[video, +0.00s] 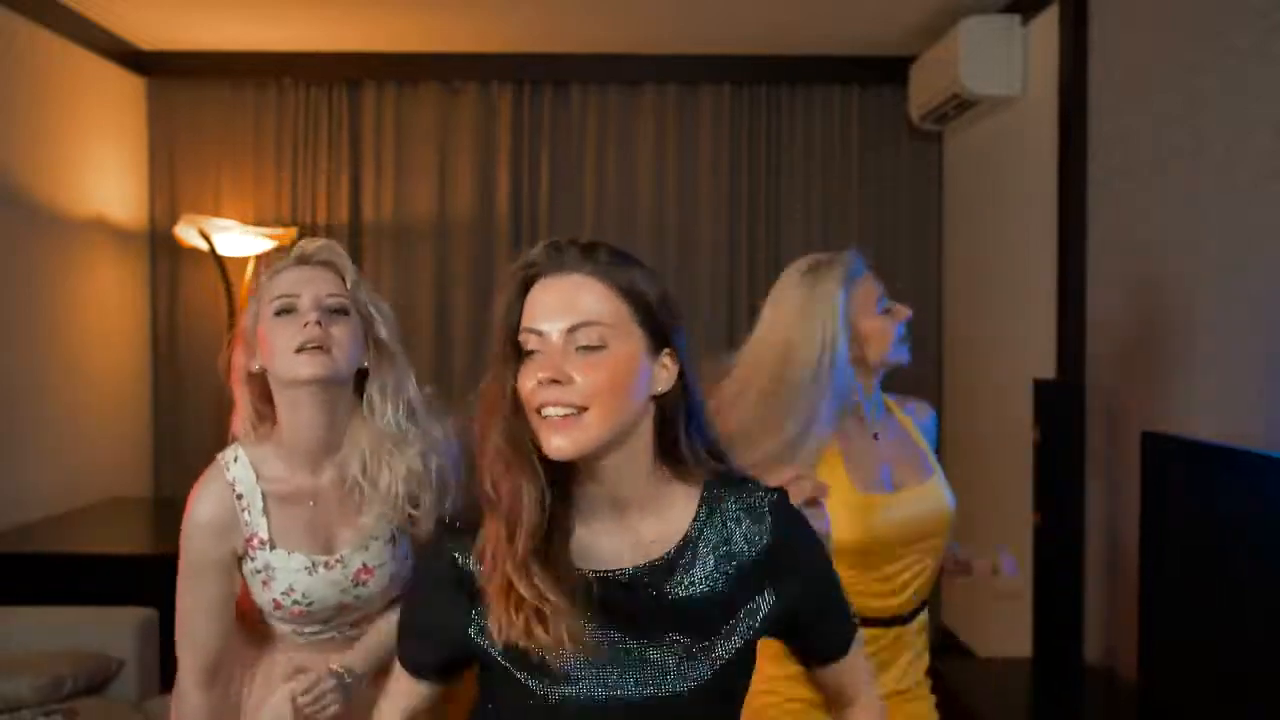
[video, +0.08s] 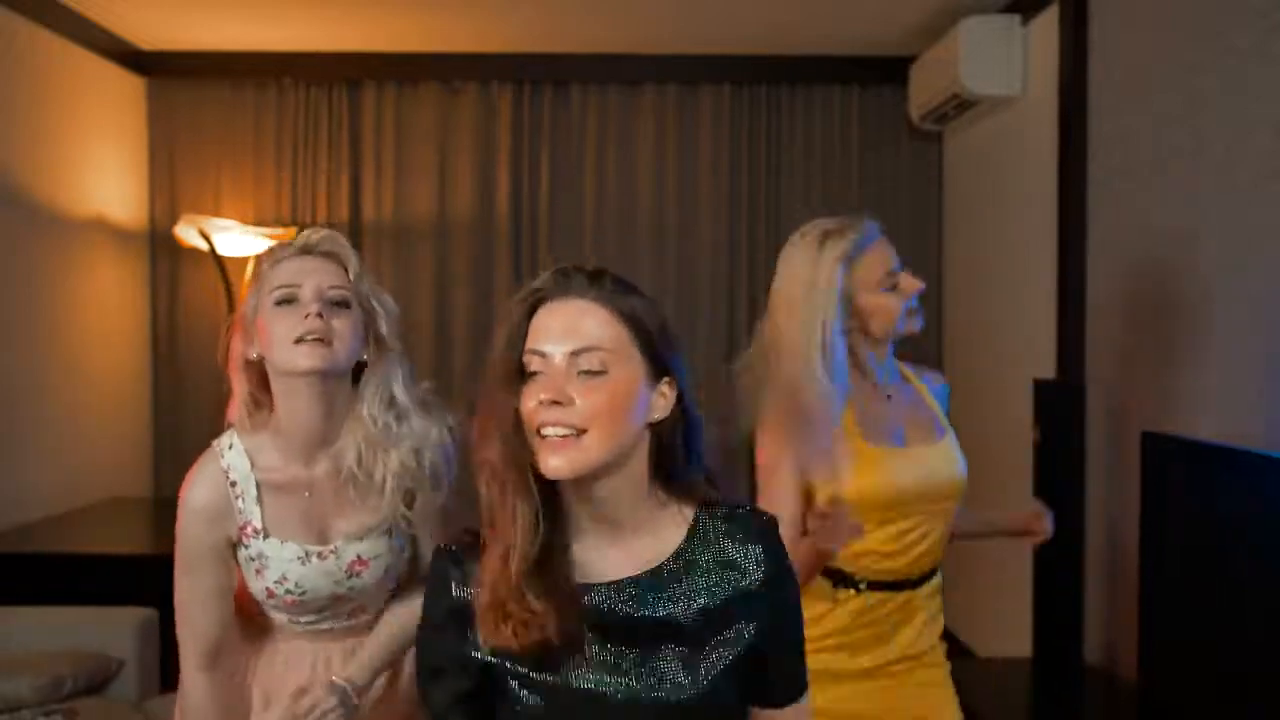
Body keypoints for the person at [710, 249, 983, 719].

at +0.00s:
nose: (905, 313)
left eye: (892, 302)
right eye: (883, 308)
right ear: (835, 333)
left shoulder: (915, 419)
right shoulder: (784, 440)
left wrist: (946, 560)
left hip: (902, 681)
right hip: (798, 686)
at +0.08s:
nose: (916, 285)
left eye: (904, 272)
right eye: (891, 283)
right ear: (839, 310)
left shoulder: (927, 388)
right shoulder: (795, 408)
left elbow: (920, 518)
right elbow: (772, 570)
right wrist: (817, 545)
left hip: (917, 656)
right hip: (825, 664)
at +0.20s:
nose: (922, 273)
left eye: (924, 251)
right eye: (892, 267)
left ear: (936, 248)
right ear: (847, 285)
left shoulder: (962, 373)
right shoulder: (812, 369)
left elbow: (952, 501)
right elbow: (767, 507)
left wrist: (1041, 483)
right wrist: (799, 533)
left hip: (939, 625)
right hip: (839, 629)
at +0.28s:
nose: (917, 298)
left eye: (931, 274)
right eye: (893, 282)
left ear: (958, 278)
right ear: (866, 293)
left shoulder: (985, 407)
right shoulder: (822, 392)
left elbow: (972, 542)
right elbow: (775, 522)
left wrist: (1067, 496)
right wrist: (809, 555)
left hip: (949, 663)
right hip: (845, 661)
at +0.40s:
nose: (904, 329)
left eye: (931, 319)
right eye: (908, 314)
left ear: (984, 348)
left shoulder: (1005, 468)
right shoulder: (834, 431)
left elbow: (1016, 616)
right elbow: (779, 561)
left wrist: (1102, 559)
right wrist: (795, 683)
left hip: (956, 695)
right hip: (848, 692)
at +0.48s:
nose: (896, 309)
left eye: (923, 308)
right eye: (908, 295)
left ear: (973, 341)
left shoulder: (1006, 453)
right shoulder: (839, 403)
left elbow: (1011, 597)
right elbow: (792, 531)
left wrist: (1099, 558)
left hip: (951, 674)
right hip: (844, 663)